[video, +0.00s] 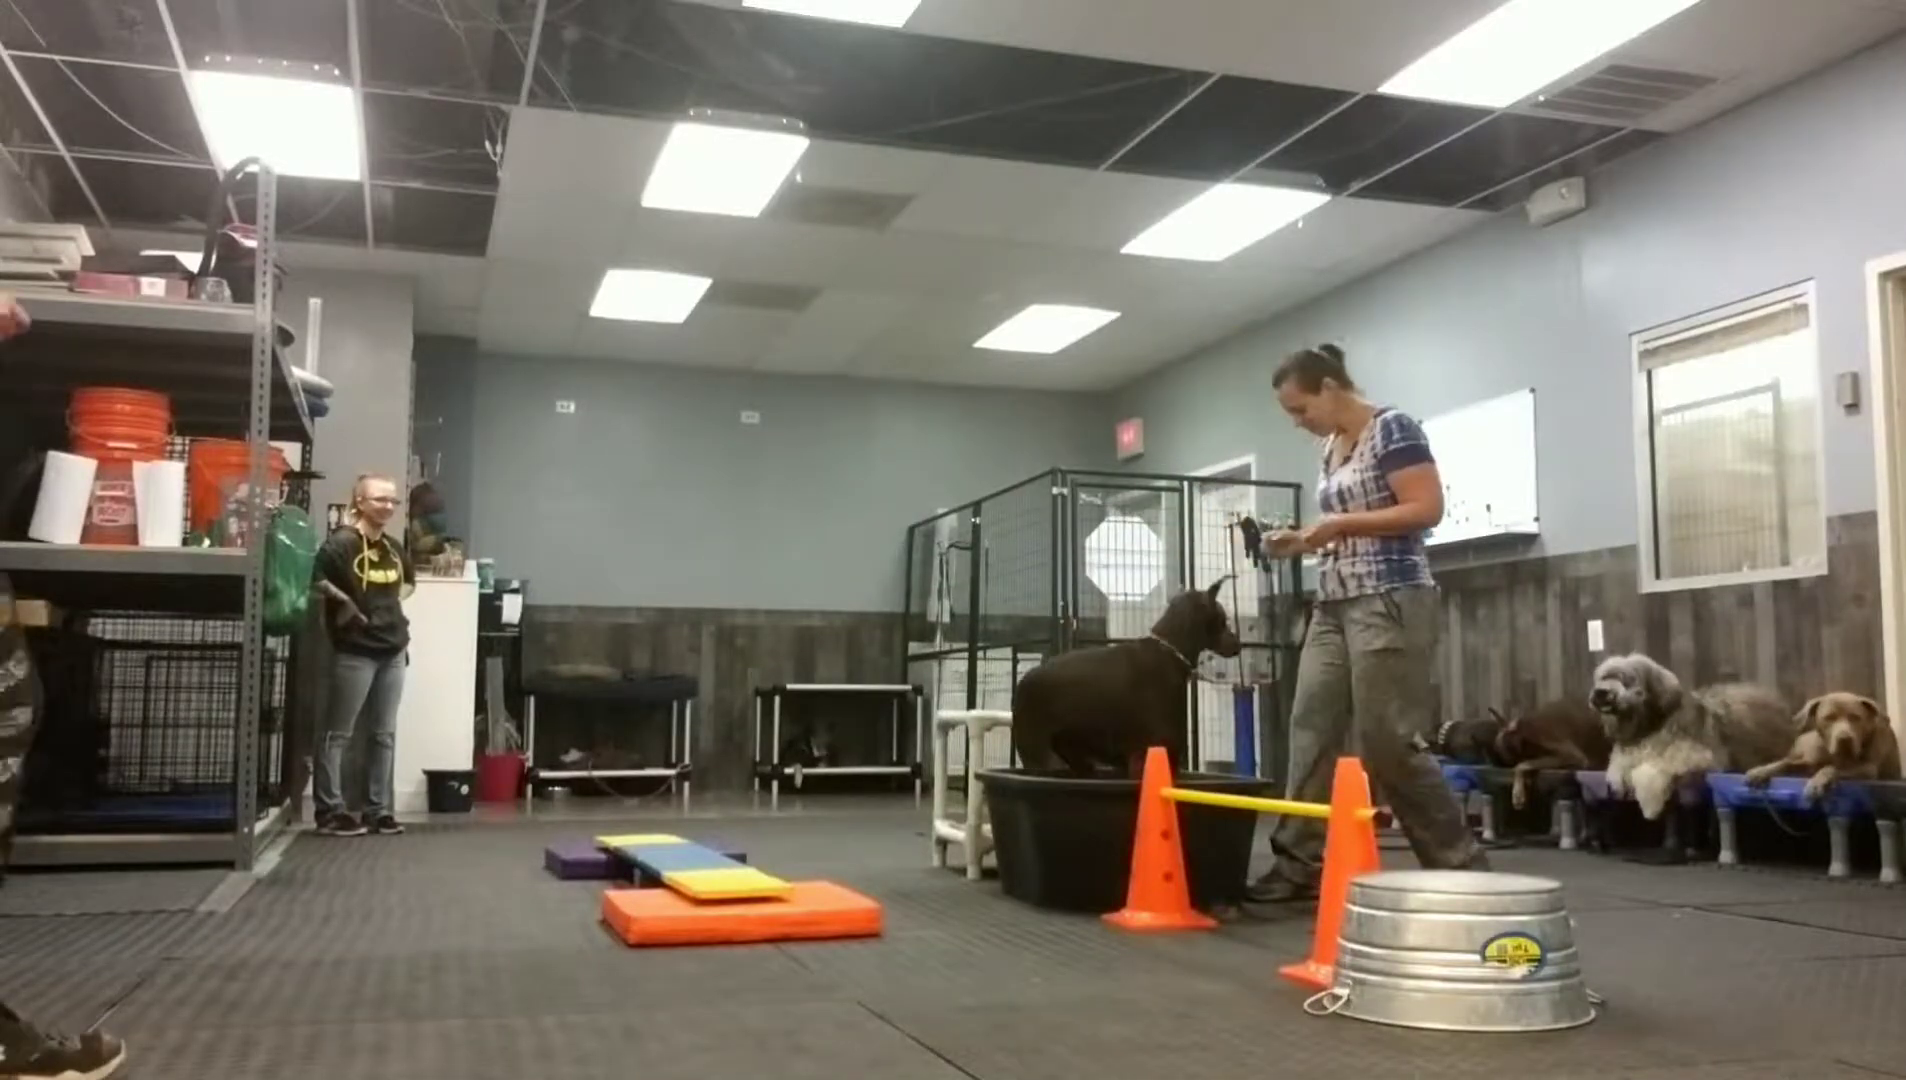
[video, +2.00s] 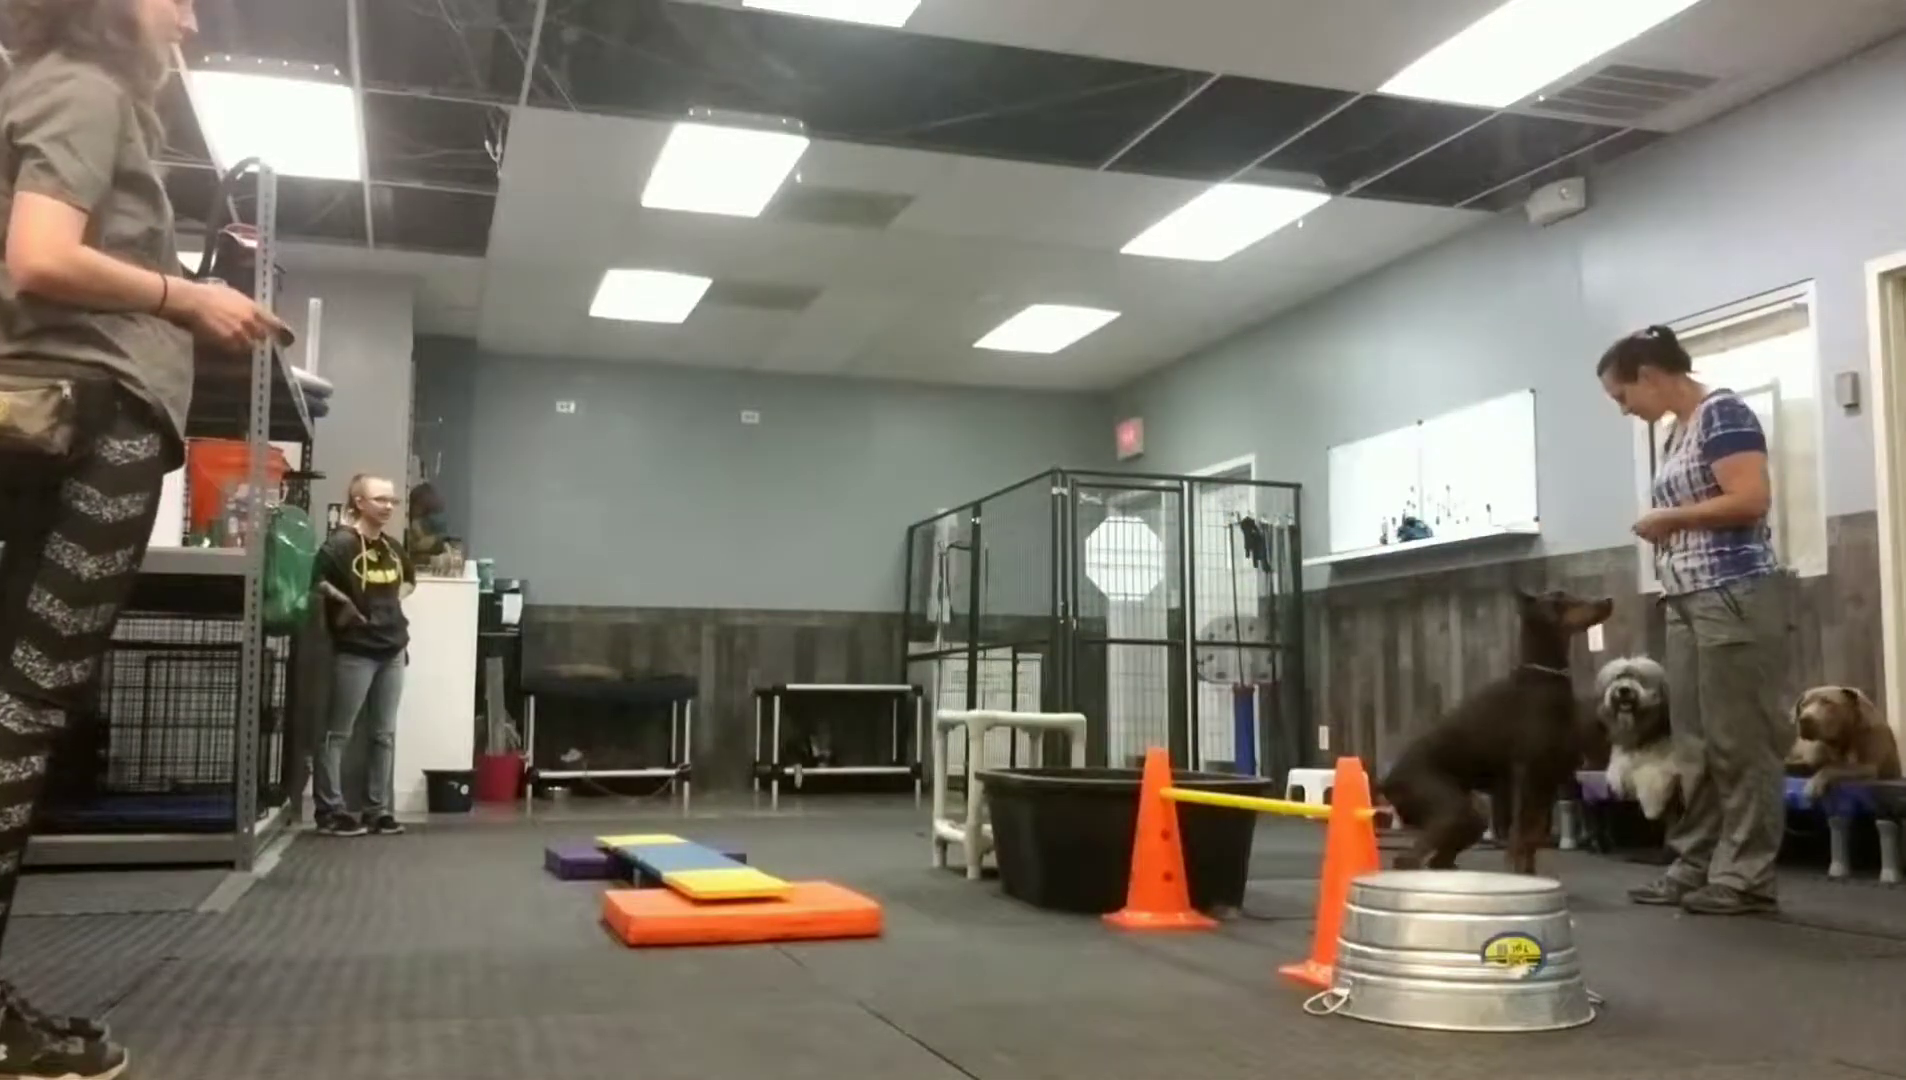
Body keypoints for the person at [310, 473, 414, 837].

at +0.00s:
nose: (389, 506)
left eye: (393, 501)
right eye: (381, 500)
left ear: (395, 505)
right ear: (360, 502)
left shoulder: (391, 545)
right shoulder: (340, 544)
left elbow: (408, 581)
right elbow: (315, 582)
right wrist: (346, 605)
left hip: (392, 649)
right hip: (355, 649)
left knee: (383, 735)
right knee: (338, 734)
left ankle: (378, 811)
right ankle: (330, 811)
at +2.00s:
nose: (388, 507)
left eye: (392, 500)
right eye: (380, 500)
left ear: (393, 505)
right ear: (358, 502)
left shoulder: (391, 546)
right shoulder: (339, 546)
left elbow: (407, 582)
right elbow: (316, 588)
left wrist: (391, 619)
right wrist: (347, 611)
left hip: (392, 649)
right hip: (355, 650)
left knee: (384, 735)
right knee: (339, 734)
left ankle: (378, 811)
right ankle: (330, 811)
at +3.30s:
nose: (385, 503)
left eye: (388, 497)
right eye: (376, 496)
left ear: (393, 503)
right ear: (356, 503)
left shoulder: (392, 548)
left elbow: (403, 595)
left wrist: (390, 622)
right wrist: (373, 627)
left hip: (389, 652)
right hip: (352, 651)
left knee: (382, 735)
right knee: (338, 733)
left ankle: (376, 808)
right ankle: (330, 809)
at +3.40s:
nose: (382, 505)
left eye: (385, 500)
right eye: (374, 499)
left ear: (388, 505)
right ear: (356, 503)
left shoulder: (386, 549)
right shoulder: (340, 541)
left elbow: (413, 582)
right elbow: (322, 580)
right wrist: (345, 604)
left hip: (389, 649)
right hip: (354, 648)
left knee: (382, 734)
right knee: (339, 733)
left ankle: (377, 809)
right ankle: (330, 810)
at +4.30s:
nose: (378, 512)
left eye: (384, 506)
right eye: (371, 505)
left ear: (389, 509)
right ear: (352, 507)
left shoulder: (388, 550)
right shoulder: (337, 543)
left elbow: (425, 563)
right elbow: (317, 579)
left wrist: (407, 538)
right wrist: (340, 600)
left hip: (390, 649)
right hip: (354, 648)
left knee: (383, 734)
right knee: (340, 734)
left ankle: (377, 810)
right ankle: (330, 810)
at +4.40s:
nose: (377, 505)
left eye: (382, 500)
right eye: (369, 499)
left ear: (389, 506)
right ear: (353, 504)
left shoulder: (387, 550)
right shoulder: (337, 545)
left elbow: (391, 597)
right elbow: (320, 591)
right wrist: (348, 618)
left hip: (390, 649)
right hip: (353, 649)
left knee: (382, 735)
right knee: (338, 734)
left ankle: (377, 811)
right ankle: (329, 810)